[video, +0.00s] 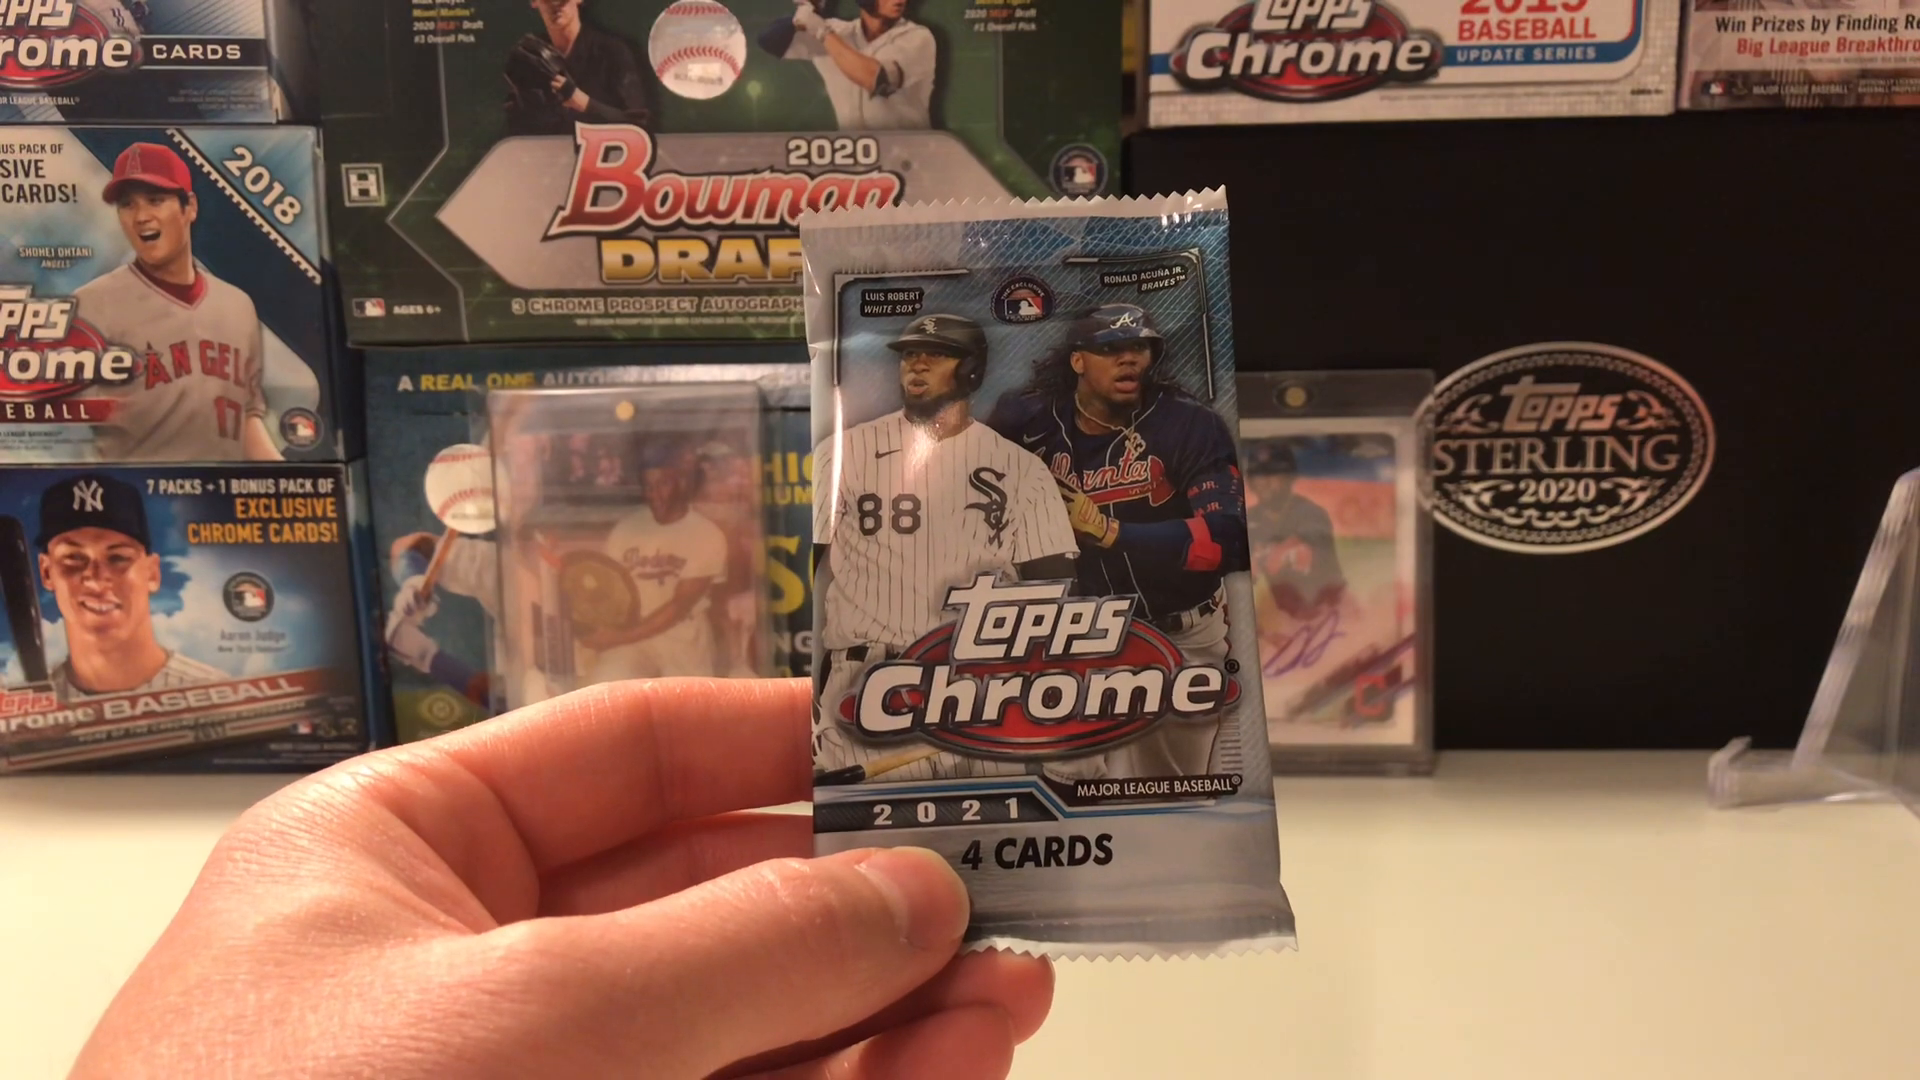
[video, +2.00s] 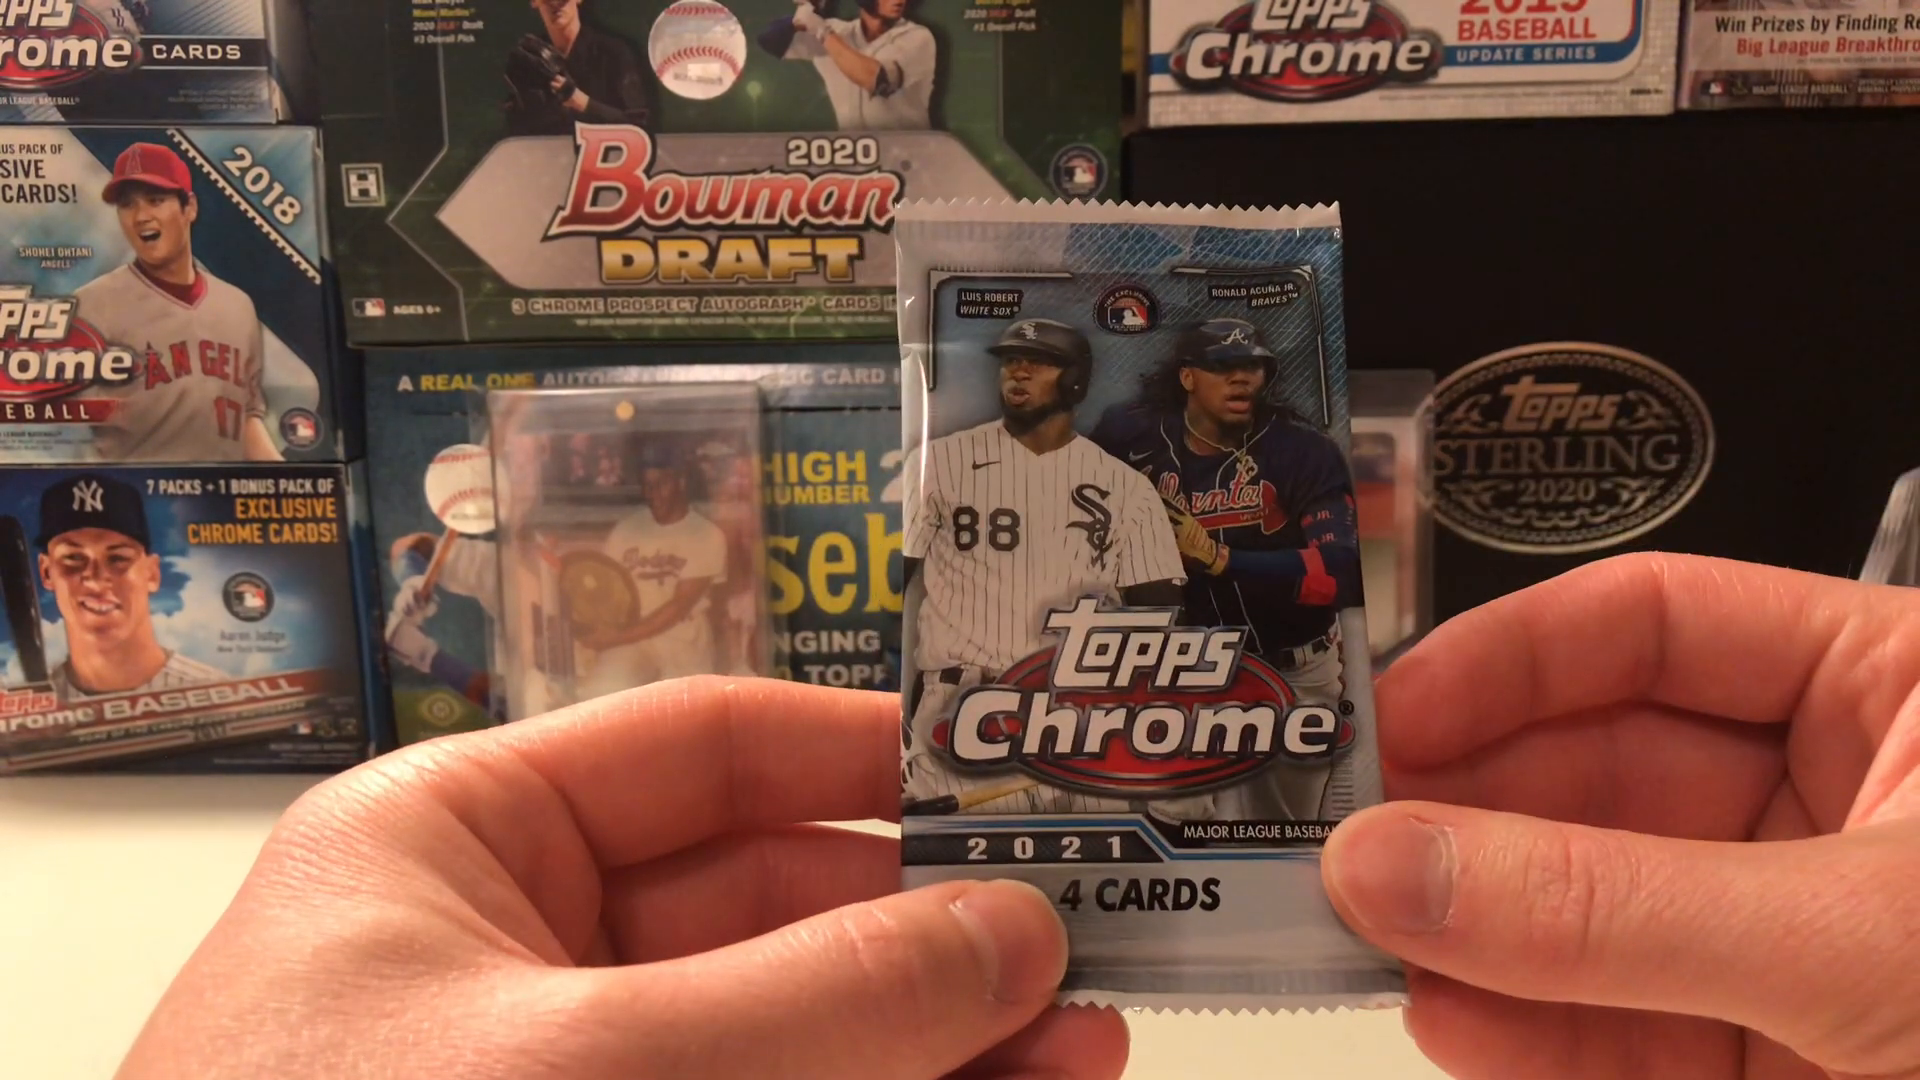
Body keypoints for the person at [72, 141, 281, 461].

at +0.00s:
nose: (142, 216)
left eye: (157, 200)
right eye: (128, 204)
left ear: (189, 209)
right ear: (118, 217)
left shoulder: (239, 306)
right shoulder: (91, 306)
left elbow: (247, 414)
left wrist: (283, 482)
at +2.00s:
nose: (142, 216)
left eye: (157, 200)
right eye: (128, 203)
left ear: (189, 209)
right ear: (118, 217)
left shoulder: (238, 306)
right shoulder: (91, 307)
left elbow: (248, 414)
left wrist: (283, 482)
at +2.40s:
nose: (142, 216)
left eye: (156, 200)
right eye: (128, 203)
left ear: (189, 209)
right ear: (118, 217)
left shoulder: (239, 307)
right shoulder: (92, 306)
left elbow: (248, 414)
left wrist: (282, 480)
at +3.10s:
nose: (142, 217)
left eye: (156, 200)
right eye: (129, 204)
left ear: (189, 210)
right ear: (118, 217)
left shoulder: (238, 307)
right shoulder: (91, 307)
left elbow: (248, 414)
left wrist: (283, 482)